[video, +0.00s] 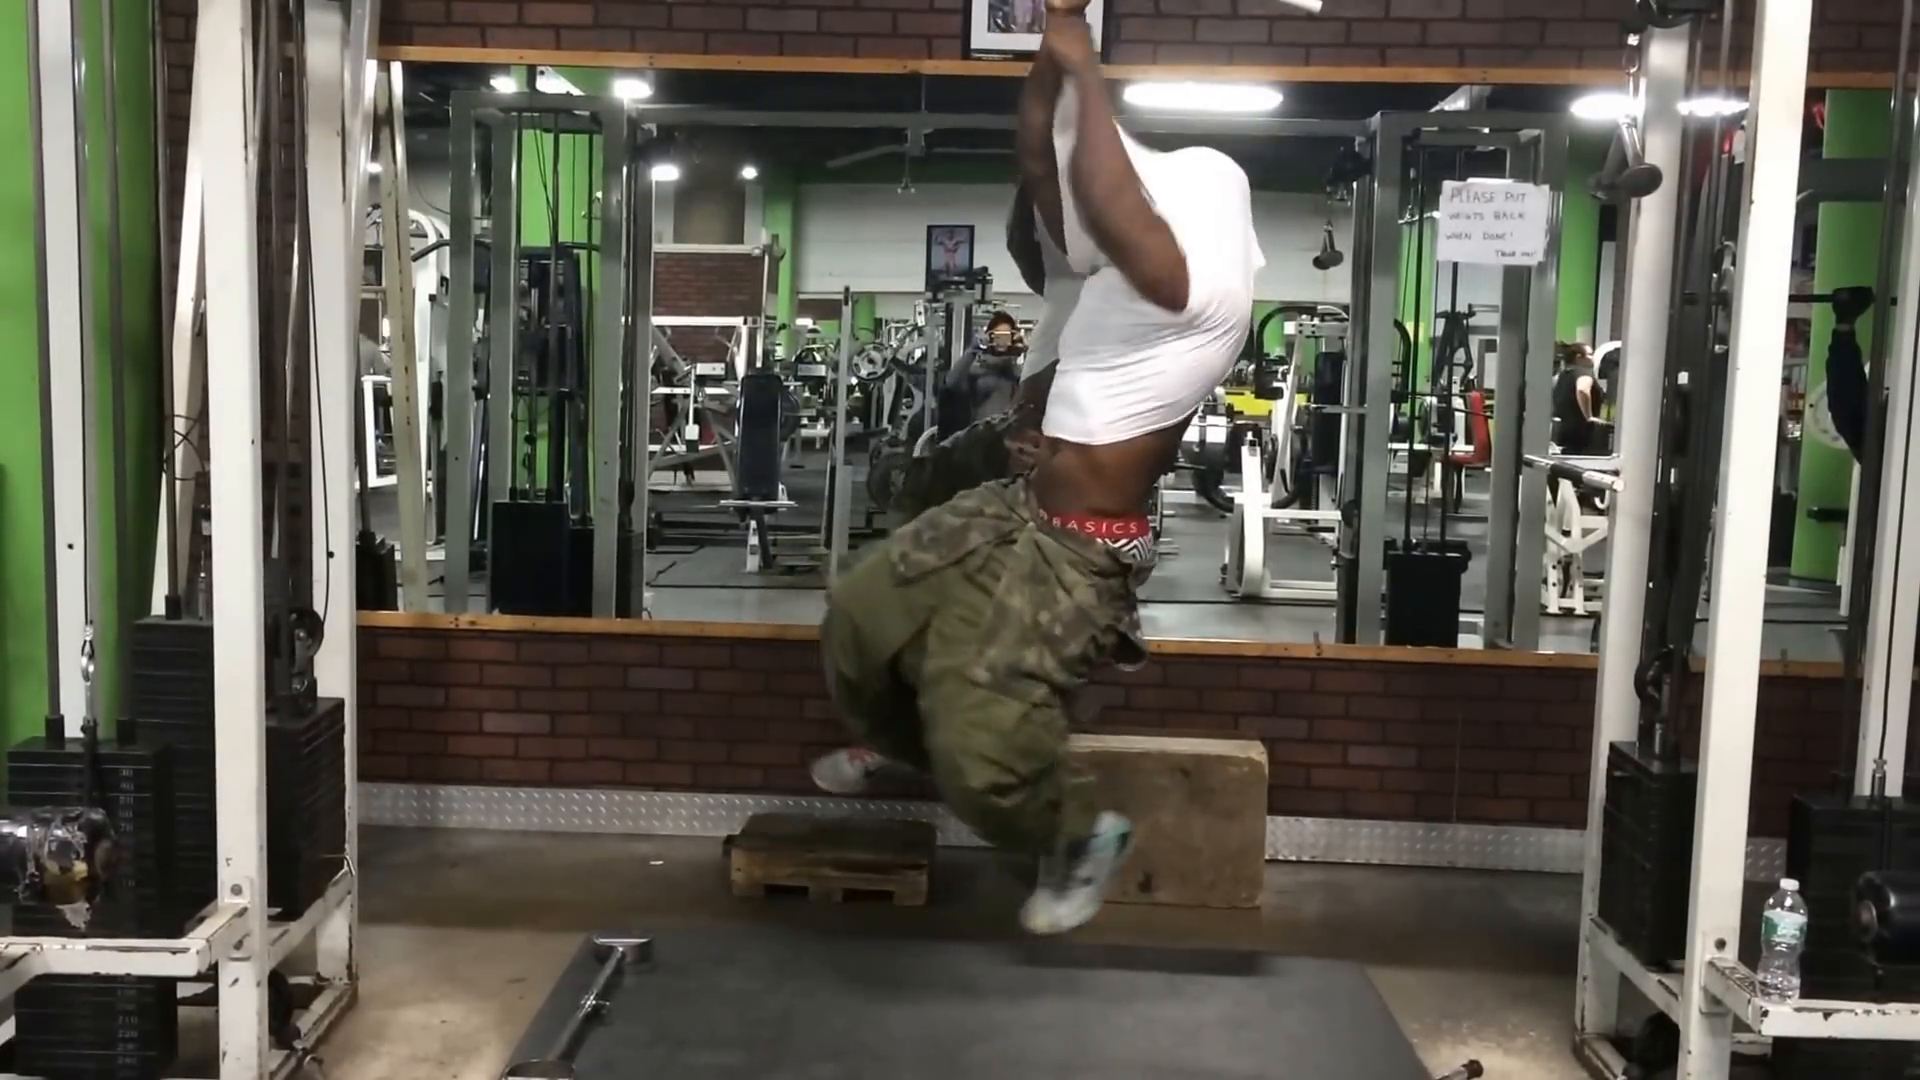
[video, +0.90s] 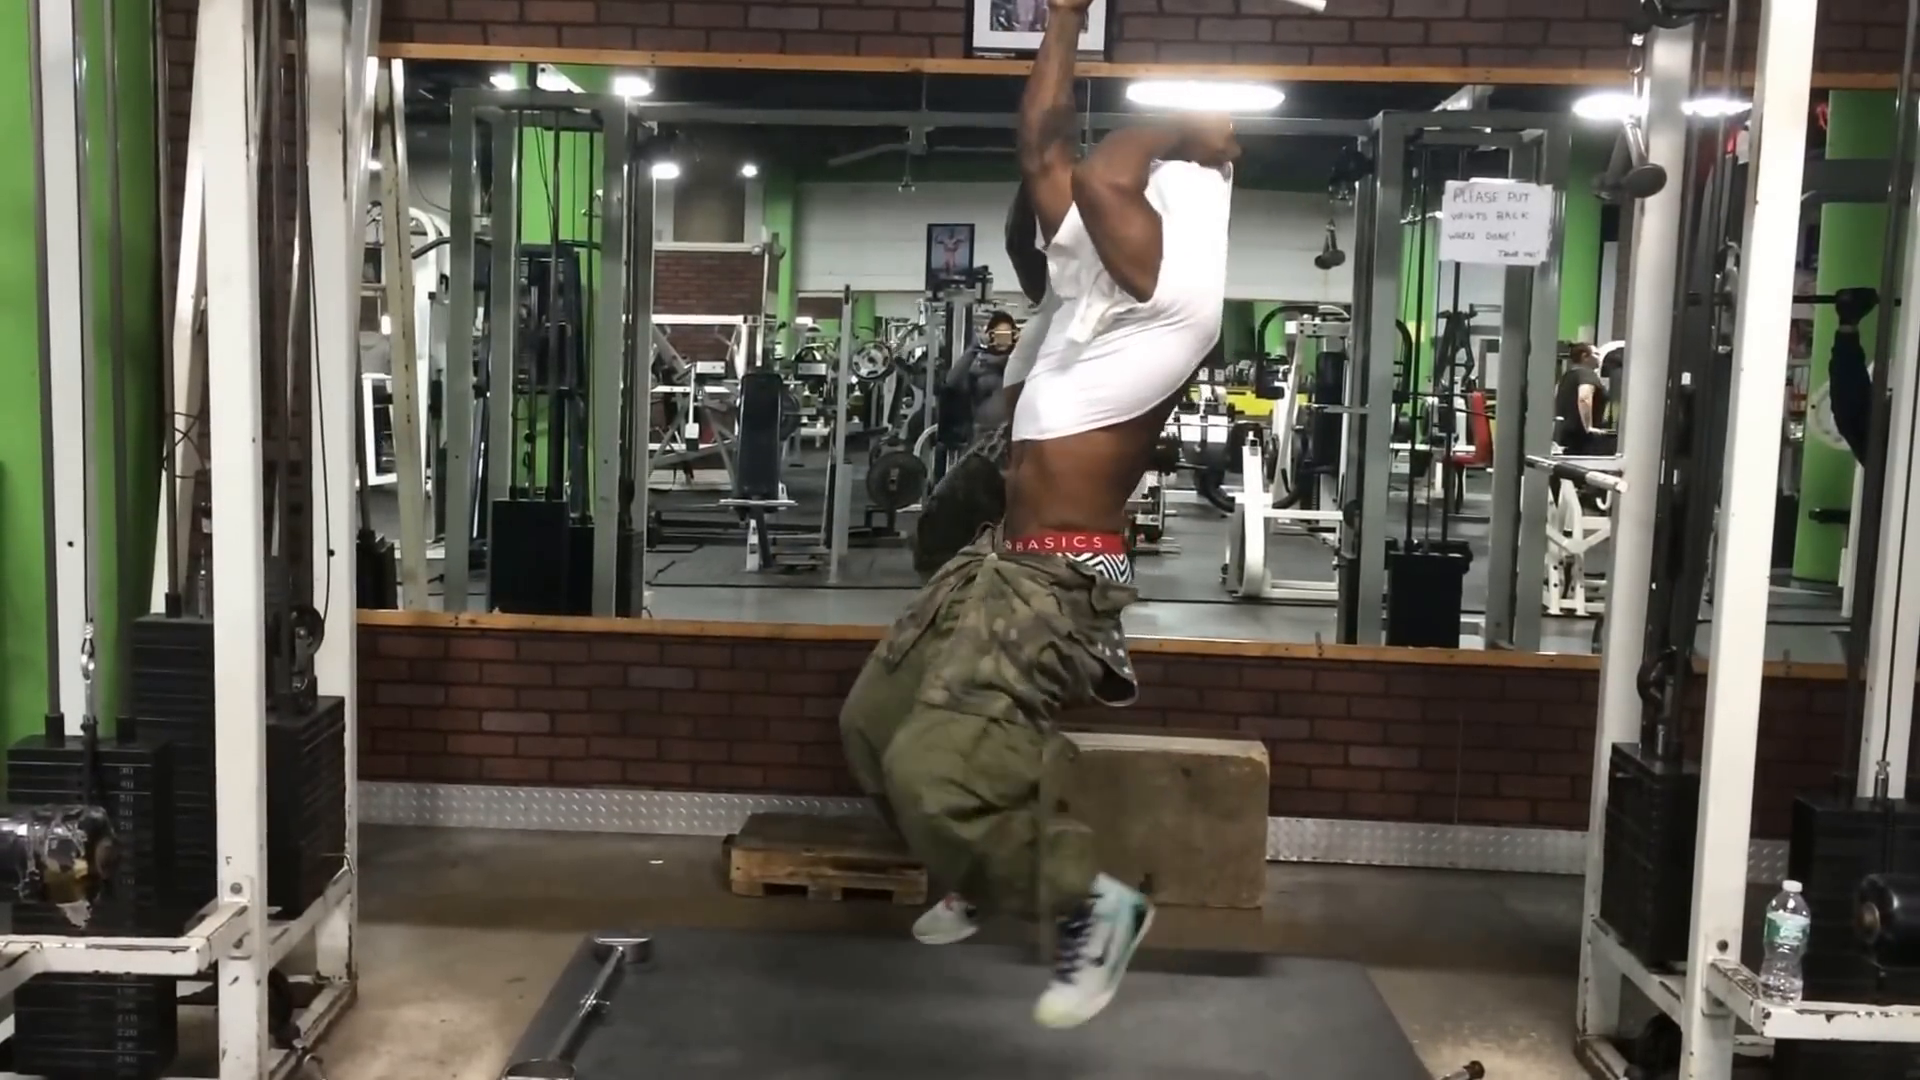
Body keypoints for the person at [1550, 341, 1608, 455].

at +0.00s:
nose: (1593, 358)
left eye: (1592, 354)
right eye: (1590, 354)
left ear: (1576, 358)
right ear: (1579, 358)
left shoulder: (1560, 375)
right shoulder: (1585, 374)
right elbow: (1582, 391)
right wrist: (1589, 416)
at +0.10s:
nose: (1595, 359)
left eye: (1594, 355)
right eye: (1592, 355)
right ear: (1581, 358)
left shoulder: (1562, 374)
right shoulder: (1588, 371)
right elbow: (1585, 384)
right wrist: (1591, 410)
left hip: (1565, 428)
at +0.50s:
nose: (1601, 359)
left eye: (1600, 355)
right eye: (1598, 356)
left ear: (1583, 359)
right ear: (1588, 358)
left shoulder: (1574, 372)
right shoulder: (1591, 370)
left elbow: (1558, 390)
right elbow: (1585, 394)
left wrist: (1558, 415)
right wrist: (1589, 422)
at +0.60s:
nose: (1600, 359)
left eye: (1599, 355)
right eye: (1597, 355)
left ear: (1586, 358)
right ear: (1587, 358)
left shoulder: (1572, 375)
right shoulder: (1588, 375)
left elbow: (1558, 399)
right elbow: (1584, 400)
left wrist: (1556, 417)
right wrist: (1588, 429)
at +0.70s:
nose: (1601, 358)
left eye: (1599, 355)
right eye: (1597, 355)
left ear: (1585, 358)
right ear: (1586, 358)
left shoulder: (1569, 378)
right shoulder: (1586, 377)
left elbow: (1557, 407)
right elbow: (1584, 405)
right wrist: (1588, 433)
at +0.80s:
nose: (1599, 358)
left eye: (1598, 354)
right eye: (1596, 354)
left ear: (1584, 357)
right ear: (1585, 357)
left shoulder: (1568, 376)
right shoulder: (1585, 376)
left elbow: (1559, 407)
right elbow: (1584, 405)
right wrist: (1588, 431)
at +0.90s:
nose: (1599, 358)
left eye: (1598, 354)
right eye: (1596, 354)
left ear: (1584, 356)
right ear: (1585, 356)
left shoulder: (1567, 374)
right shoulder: (1586, 374)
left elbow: (1557, 398)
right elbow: (1584, 399)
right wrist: (1588, 427)